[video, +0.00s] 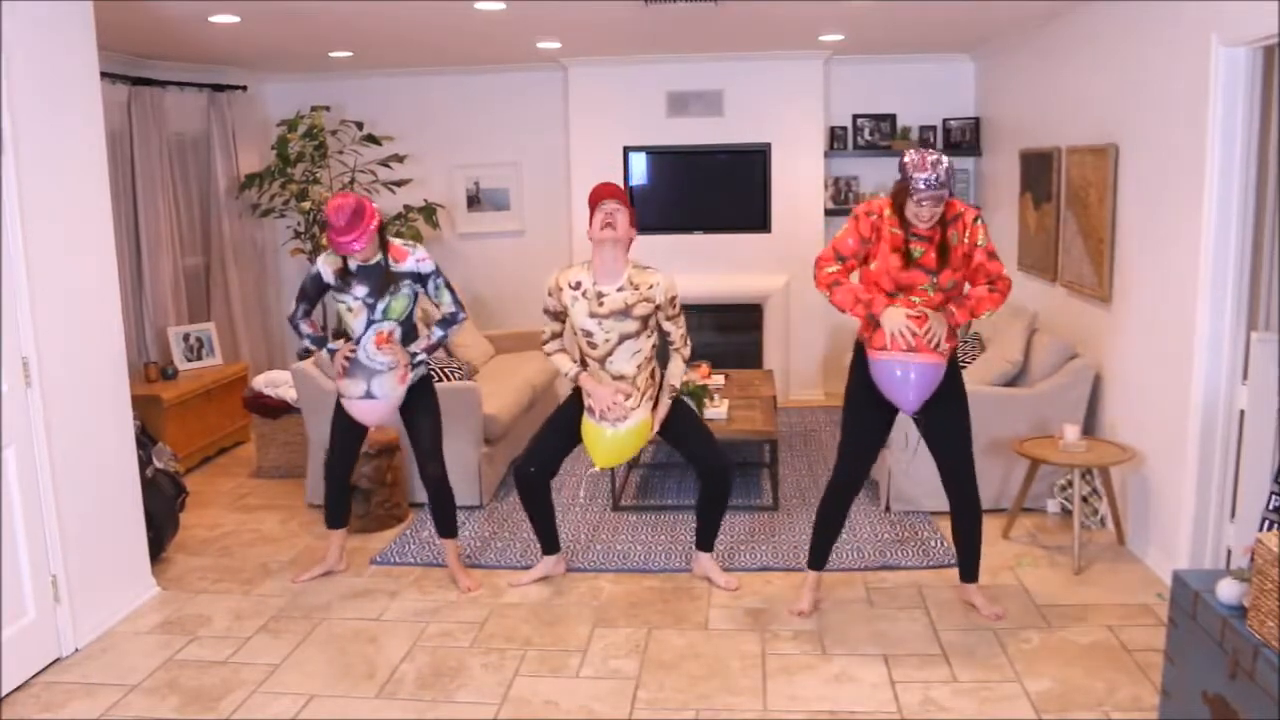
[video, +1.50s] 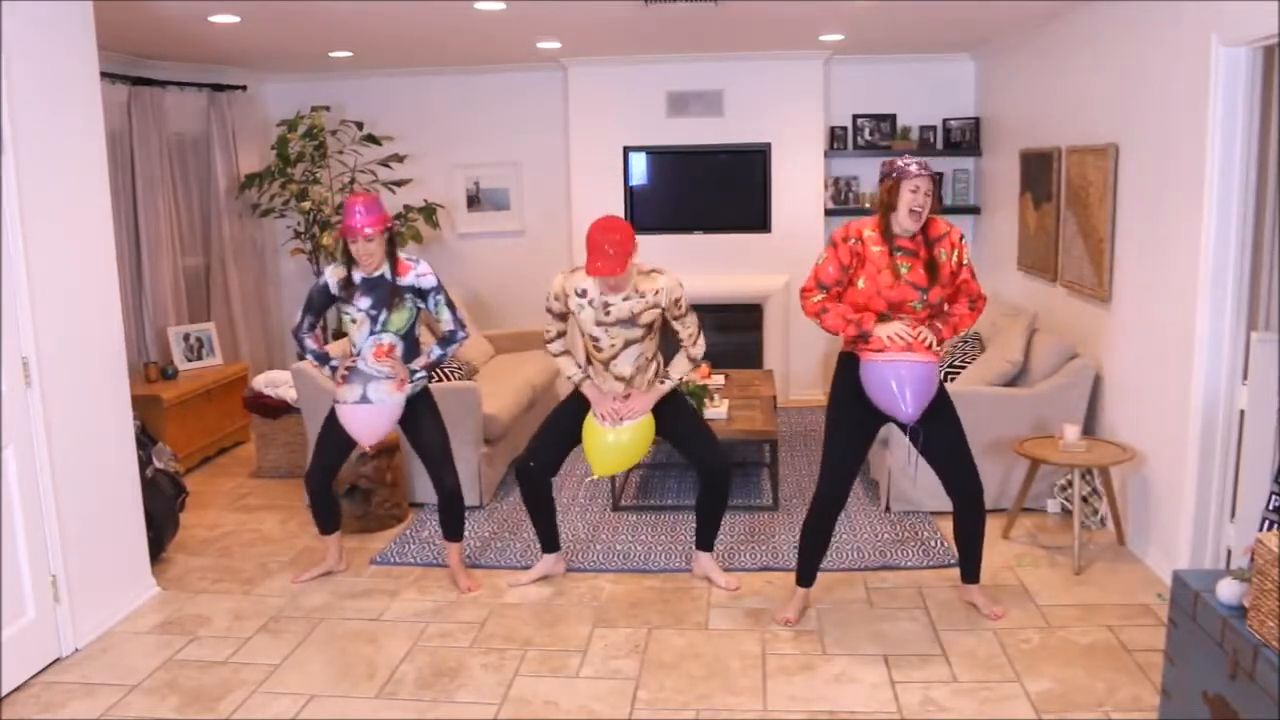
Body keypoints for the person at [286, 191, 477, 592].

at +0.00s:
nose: (353, 253)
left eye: (359, 244)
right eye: (345, 247)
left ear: (376, 227)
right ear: (335, 240)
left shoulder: (412, 259)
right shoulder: (327, 268)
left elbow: (454, 313)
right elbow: (299, 317)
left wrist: (415, 352)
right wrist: (327, 351)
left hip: (410, 377)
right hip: (357, 381)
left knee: (433, 469)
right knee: (337, 467)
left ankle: (454, 562)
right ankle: (334, 555)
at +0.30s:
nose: (355, 262)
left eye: (362, 253)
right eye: (347, 256)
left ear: (378, 239)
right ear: (338, 251)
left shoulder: (416, 274)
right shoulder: (332, 281)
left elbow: (460, 325)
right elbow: (304, 325)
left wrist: (417, 358)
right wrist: (336, 356)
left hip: (413, 378)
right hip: (361, 380)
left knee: (439, 466)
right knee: (334, 466)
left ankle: (454, 560)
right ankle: (335, 554)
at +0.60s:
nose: (353, 240)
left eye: (363, 233)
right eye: (348, 233)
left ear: (383, 241)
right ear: (342, 240)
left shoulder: (415, 285)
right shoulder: (334, 287)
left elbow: (460, 336)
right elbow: (303, 332)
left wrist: (417, 368)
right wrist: (334, 368)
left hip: (412, 384)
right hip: (358, 387)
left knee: (449, 469)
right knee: (321, 470)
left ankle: (455, 561)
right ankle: (333, 556)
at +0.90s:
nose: (362, 219)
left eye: (372, 215)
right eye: (356, 215)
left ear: (388, 232)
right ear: (347, 230)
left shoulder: (413, 277)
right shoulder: (332, 280)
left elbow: (458, 333)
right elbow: (302, 329)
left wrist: (416, 367)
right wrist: (332, 367)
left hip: (411, 384)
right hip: (356, 388)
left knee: (446, 468)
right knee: (321, 474)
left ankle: (456, 561)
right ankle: (333, 555)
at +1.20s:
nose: (358, 224)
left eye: (368, 218)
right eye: (353, 218)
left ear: (386, 229)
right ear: (345, 229)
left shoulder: (412, 273)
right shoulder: (334, 278)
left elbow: (455, 331)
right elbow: (304, 328)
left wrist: (415, 367)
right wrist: (332, 367)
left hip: (408, 386)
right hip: (355, 389)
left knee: (445, 471)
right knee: (320, 476)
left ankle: (455, 561)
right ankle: (333, 556)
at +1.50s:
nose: (363, 249)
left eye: (370, 239)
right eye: (355, 241)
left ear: (386, 235)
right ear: (345, 241)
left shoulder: (415, 273)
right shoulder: (335, 280)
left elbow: (456, 331)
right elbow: (305, 329)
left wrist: (415, 368)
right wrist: (332, 370)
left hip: (408, 387)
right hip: (355, 389)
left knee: (445, 474)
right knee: (317, 477)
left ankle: (455, 561)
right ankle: (333, 555)